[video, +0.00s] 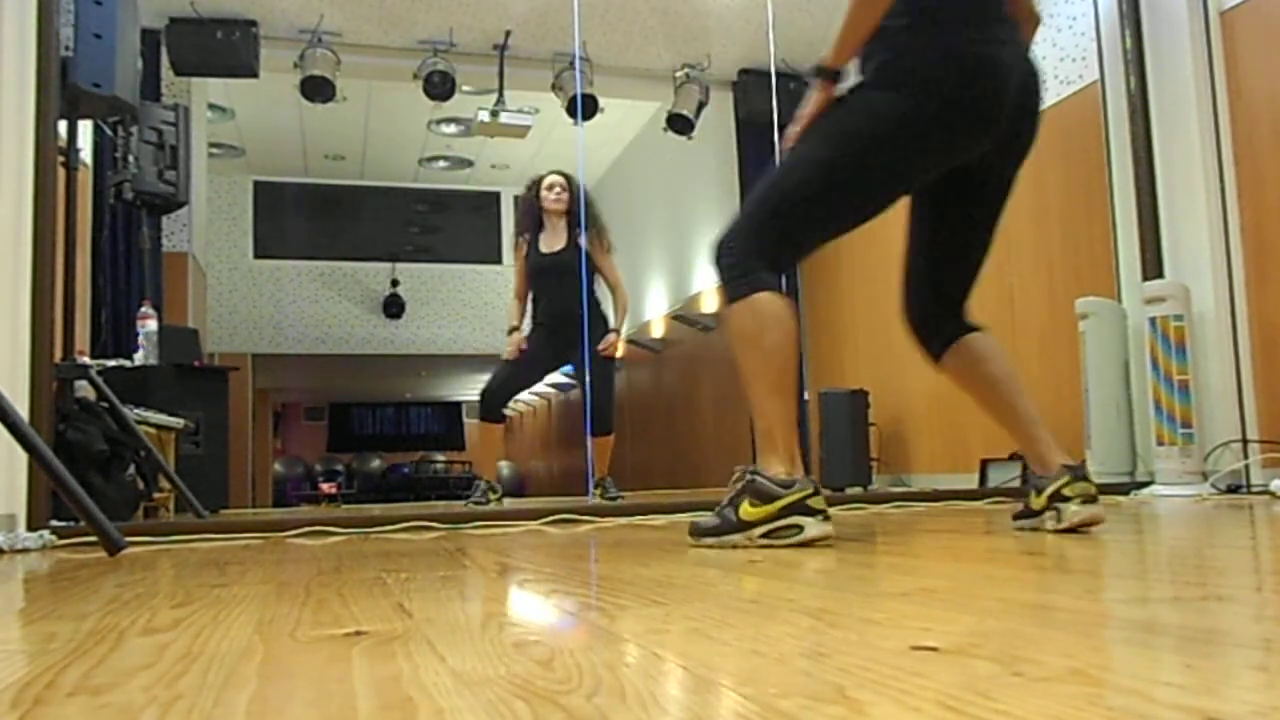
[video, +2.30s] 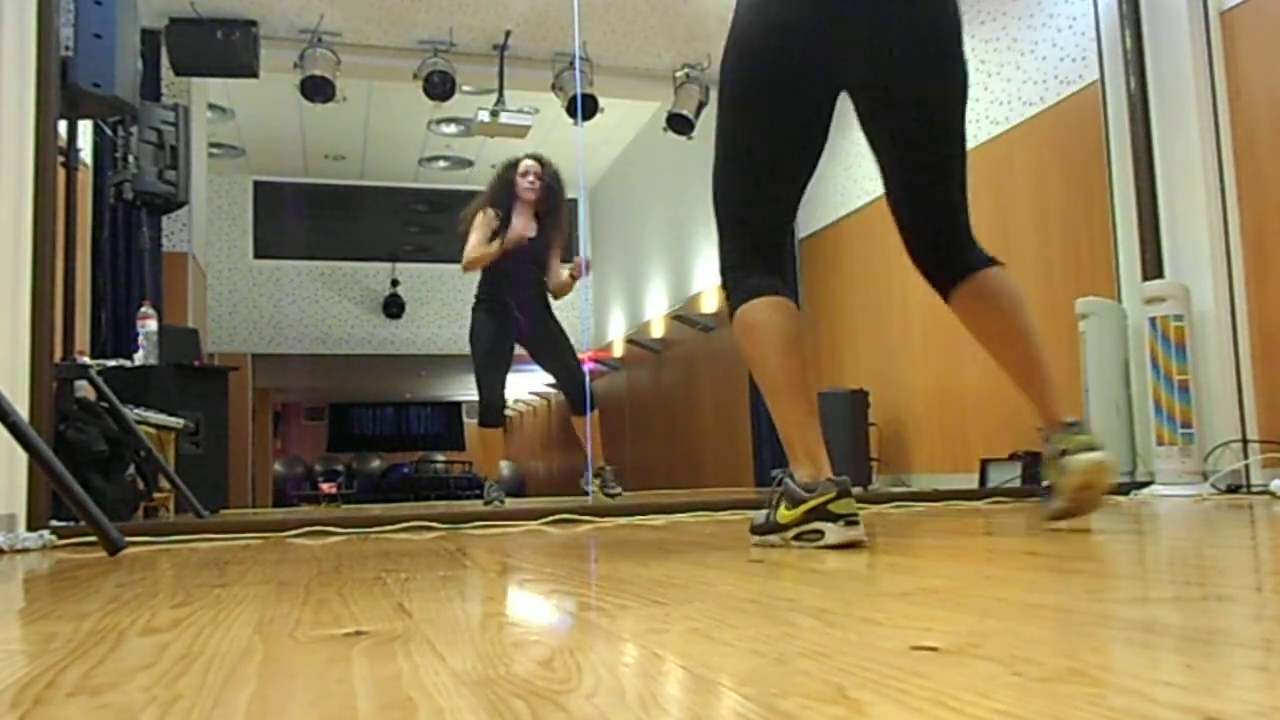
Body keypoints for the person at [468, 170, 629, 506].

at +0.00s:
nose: (557, 194)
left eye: (563, 189)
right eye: (550, 189)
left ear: (572, 199)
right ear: (537, 199)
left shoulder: (587, 238)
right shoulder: (527, 245)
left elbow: (618, 289)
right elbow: (520, 296)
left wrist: (618, 330)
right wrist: (515, 330)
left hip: (589, 337)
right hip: (545, 340)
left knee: (601, 405)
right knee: (491, 398)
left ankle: (601, 480)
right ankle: (488, 483)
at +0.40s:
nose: (574, 169)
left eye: (579, 164)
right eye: (566, 165)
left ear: (588, 171)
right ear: (554, 174)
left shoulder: (607, 206)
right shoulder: (549, 224)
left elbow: (642, 254)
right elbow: (548, 276)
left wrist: (631, 300)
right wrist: (542, 285)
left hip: (608, 308)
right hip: (565, 307)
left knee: (603, 391)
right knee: (526, 376)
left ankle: (604, 478)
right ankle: (515, 470)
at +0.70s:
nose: (577, 176)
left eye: (583, 170)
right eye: (569, 170)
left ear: (592, 177)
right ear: (557, 179)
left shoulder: (613, 211)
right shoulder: (552, 219)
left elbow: (644, 260)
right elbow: (539, 274)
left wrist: (633, 299)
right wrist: (542, 230)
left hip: (607, 311)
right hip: (562, 310)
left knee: (611, 395)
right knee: (536, 388)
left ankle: (601, 477)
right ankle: (517, 478)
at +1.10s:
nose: (567, 201)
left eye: (573, 195)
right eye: (559, 195)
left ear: (582, 203)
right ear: (545, 203)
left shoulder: (587, 242)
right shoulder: (531, 240)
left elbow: (602, 285)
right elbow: (566, 261)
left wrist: (623, 320)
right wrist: (574, 221)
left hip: (594, 330)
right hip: (556, 335)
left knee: (628, 401)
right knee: (554, 416)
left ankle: (603, 478)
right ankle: (507, 474)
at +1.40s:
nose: (543, 196)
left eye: (549, 191)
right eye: (536, 188)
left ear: (556, 200)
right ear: (520, 193)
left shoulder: (555, 243)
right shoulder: (504, 230)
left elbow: (569, 294)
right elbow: (534, 251)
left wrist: (589, 326)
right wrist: (540, 217)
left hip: (550, 331)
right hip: (512, 329)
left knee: (608, 396)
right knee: (516, 413)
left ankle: (596, 480)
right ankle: (496, 484)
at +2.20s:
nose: (522, 176)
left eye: (529, 172)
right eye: (517, 169)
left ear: (538, 181)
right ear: (503, 172)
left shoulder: (538, 223)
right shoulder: (483, 204)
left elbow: (550, 280)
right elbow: (478, 245)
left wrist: (571, 285)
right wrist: (509, 213)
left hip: (535, 305)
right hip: (493, 307)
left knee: (570, 383)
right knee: (495, 397)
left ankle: (583, 474)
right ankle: (493, 482)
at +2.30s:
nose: (531, 181)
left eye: (538, 177)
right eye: (525, 175)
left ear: (546, 187)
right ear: (511, 181)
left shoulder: (550, 229)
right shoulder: (491, 215)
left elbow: (556, 288)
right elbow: (469, 261)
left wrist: (573, 276)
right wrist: (507, 242)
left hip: (536, 313)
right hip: (493, 313)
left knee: (578, 386)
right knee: (491, 398)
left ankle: (597, 470)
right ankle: (493, 483)